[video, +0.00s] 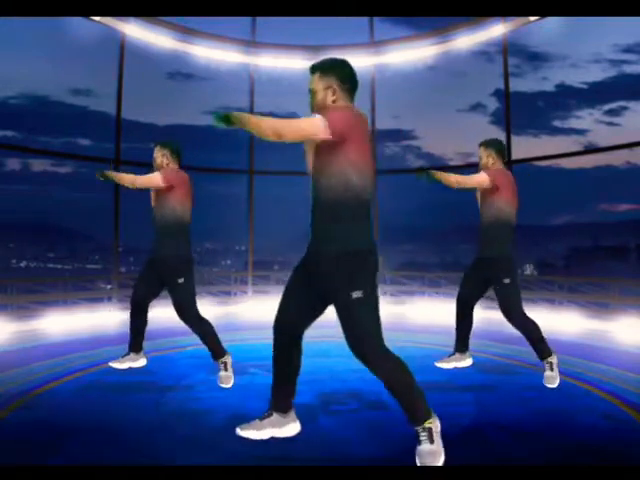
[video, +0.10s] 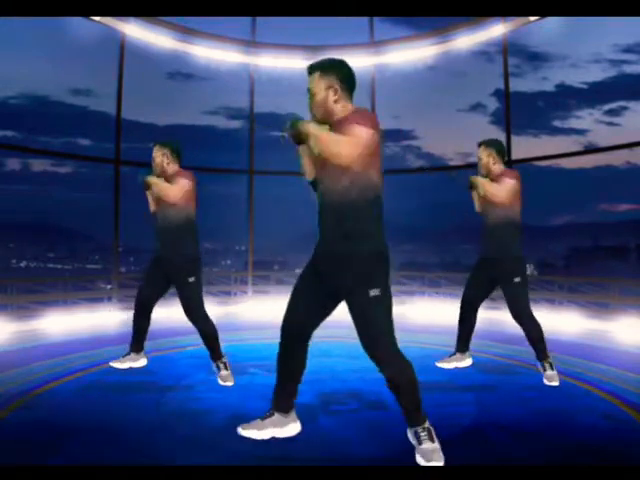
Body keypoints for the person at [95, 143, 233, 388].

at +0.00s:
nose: (156, 160)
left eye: (159, 155)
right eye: (155, 156)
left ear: (169, 158)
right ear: (162, 159)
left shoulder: (174, 176)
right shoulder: (167, 179)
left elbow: (136, 182)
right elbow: (138, 181)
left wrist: (111, 175)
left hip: (176, 257)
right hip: (162, 256)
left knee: (188, 313)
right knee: (139, 300)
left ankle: (222, 359)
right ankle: (135, 353)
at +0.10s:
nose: (154, 162)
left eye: (157, 157)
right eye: (153, 158)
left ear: (169, 159)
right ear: (158, 162)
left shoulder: (185, 179)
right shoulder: (161, 183)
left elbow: (174, 196)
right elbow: (156, 210)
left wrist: (152, 181)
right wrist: (151, 193)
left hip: (186, 259)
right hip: (165, 258)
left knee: (195, 312)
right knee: (143, 301)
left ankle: (220, 362)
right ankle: (136, 353)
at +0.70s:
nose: (153, 159)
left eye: (157, 154)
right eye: (152, 155)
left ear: (172, 154)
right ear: (154, 159)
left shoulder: (195, 178)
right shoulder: (158, 188)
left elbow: (203, 207)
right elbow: (144, 213)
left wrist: (177, 178)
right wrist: (136, 191)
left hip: (192, 258)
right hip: (164, 258)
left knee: (206, 314)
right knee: (135, 294)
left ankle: (222, 364)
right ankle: (127, 346)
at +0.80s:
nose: (145, 154)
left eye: (148, 149)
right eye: (143, 150)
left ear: (164, 150)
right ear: (145, 154)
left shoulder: (186, 173)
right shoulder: (148, 181)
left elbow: (193, 201)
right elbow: (134, 207)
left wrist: (168, 174)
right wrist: (127, 186)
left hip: (183, 252)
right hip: (154, 252)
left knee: (201, 305)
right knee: (129, 296)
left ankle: (213, 356)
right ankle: (119, 342)